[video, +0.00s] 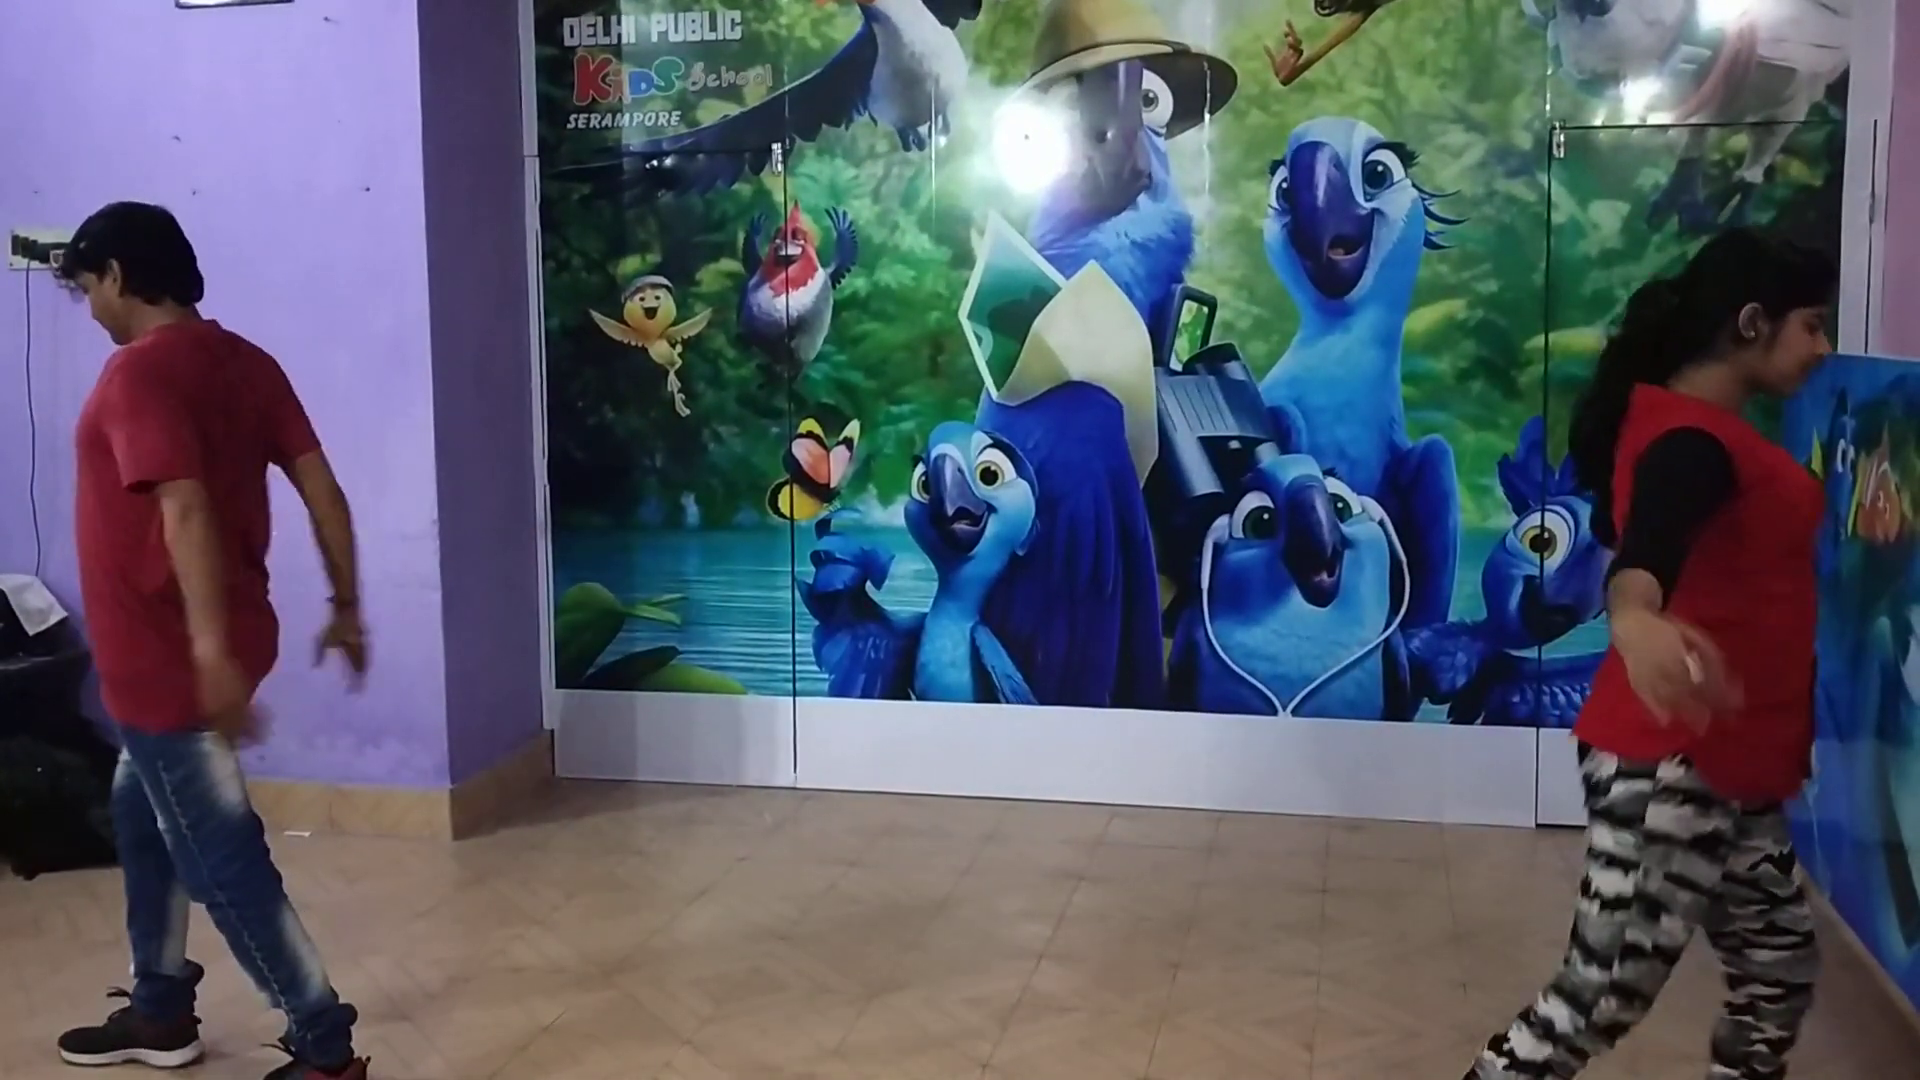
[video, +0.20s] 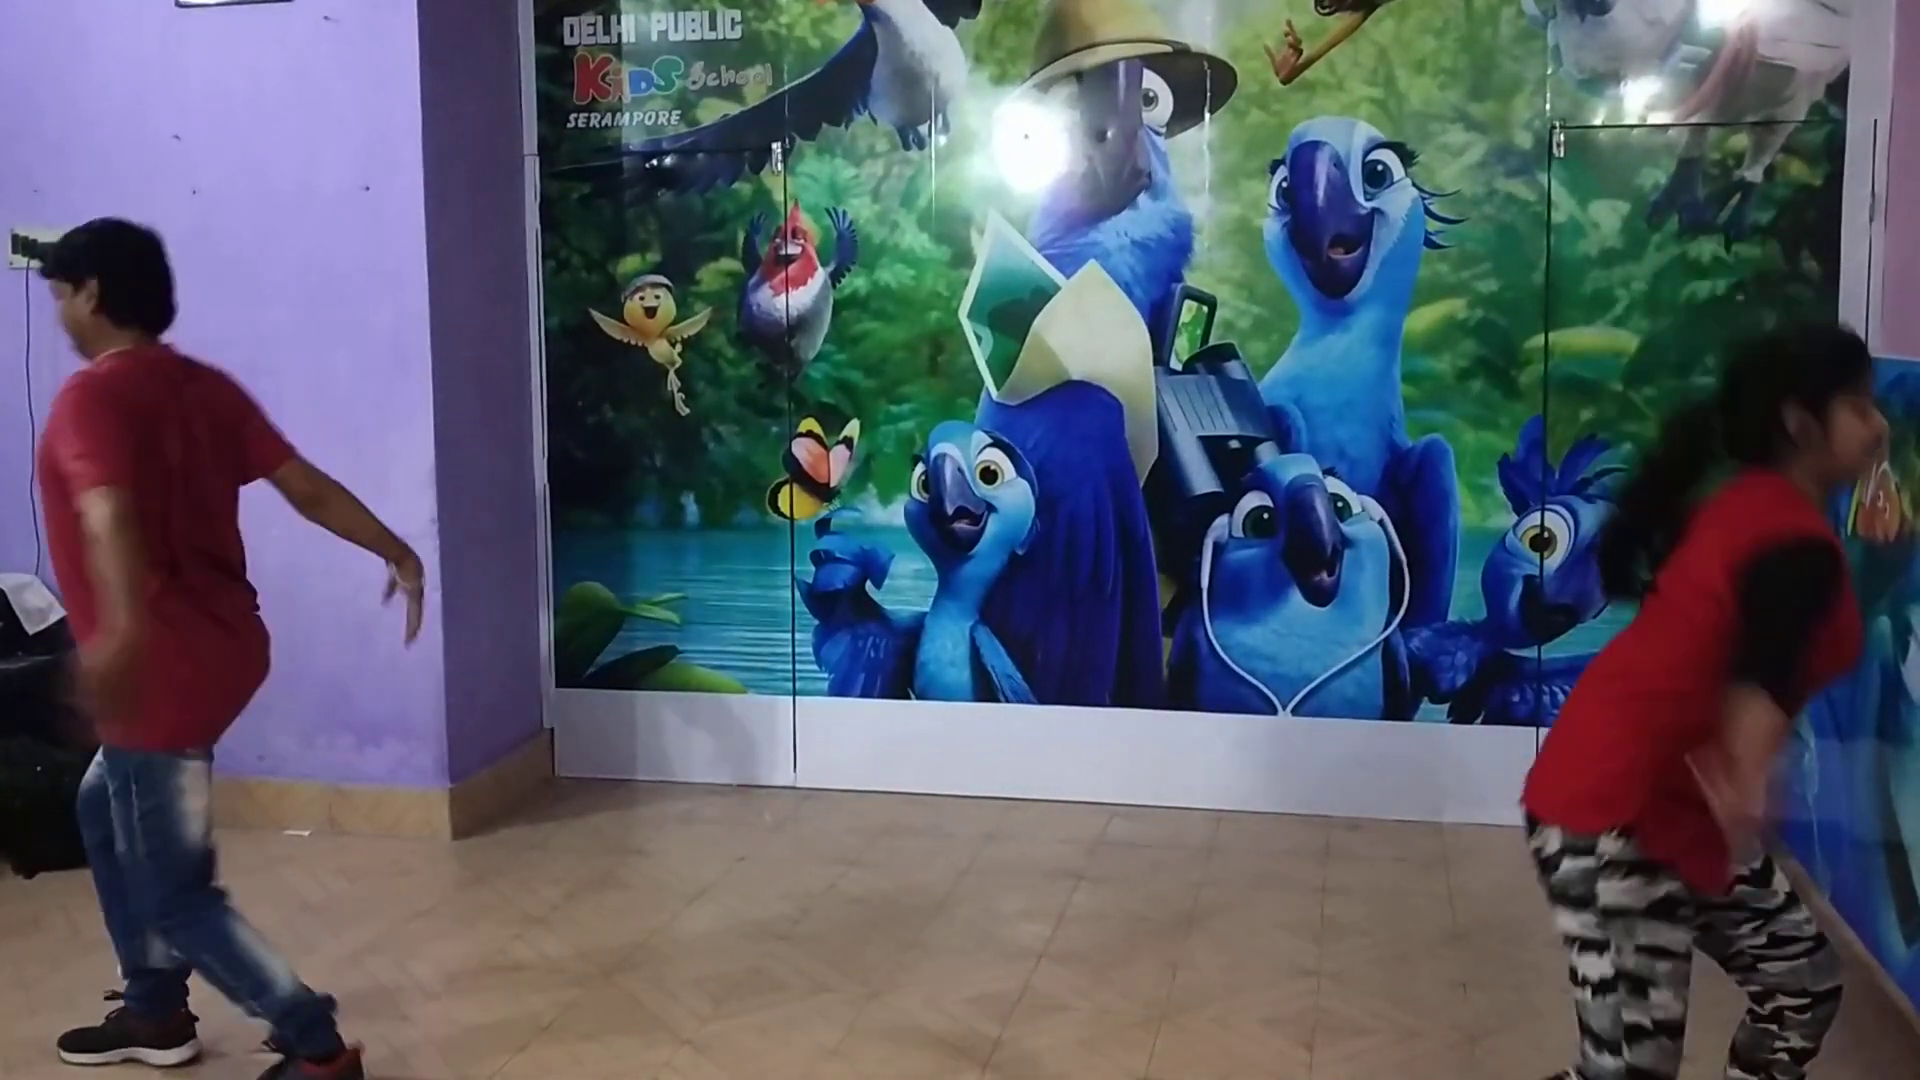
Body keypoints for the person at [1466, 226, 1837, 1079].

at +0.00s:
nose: (1823, 350)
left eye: (1826, 330)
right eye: (1814, 327)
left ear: (1750, 326)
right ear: (1753, 322)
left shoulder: (1722, 434)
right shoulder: (1687, 441)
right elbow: (1636, 571)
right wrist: (1640, 629)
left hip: (1729, 768)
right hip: (1665, 764)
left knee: (1779, 970)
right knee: (1599, 996)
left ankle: (1744, 1074)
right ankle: (1496, 1072)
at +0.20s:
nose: (1881, 428)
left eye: (1875, 407)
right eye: (1862, 409)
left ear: (1795, 423)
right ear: (1799, 422)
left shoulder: (1743, 505)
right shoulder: (1797, 543)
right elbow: (1742, 755)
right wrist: (1747, 841)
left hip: (1669, 811)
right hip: (1611, 819)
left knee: (1802, 979)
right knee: (1629, 1066)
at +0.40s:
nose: (1919, 603)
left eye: (1918, 583)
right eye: (1915, 582)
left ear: (1867, 575)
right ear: (1875, 574)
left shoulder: (1777, 613)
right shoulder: (1835, 685)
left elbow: (1835, 842)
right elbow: (1889, 885)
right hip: (1577, 873)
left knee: (1801, 982)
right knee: (1651, 1067)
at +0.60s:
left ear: (1899, 624)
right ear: (1905, 629)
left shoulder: (1800, 616)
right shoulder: (1843, 700)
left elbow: (1871, 831)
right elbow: (1865, 899)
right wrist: (1913, 1008)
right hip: (1571, 872)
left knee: (1795, 985)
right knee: (1648, 1067)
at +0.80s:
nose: (1916, 590)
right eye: (1918, 567)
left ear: (1874, 523)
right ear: (1887, 533)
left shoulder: (1770, 530)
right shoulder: (1826, 593)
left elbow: (1824, 696)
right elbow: (1863, 787)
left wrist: (1888, 758)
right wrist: (1853, 838)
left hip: (1638, 798)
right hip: (1570, 808)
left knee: (1757, 974)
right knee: (1619, 1065)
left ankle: (1732, 1072)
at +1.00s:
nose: (1871, 458)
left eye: (1886, 443)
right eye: (1880, 435)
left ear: (1820, 389)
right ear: (1835, 395)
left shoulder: (1708, 435)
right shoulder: (1769, 469)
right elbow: (1813, 657)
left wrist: (1805, 685)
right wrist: (1882, 756)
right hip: (1601, 762)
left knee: (1718, 964)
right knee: (1589, 1019)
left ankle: (1709, 1072)